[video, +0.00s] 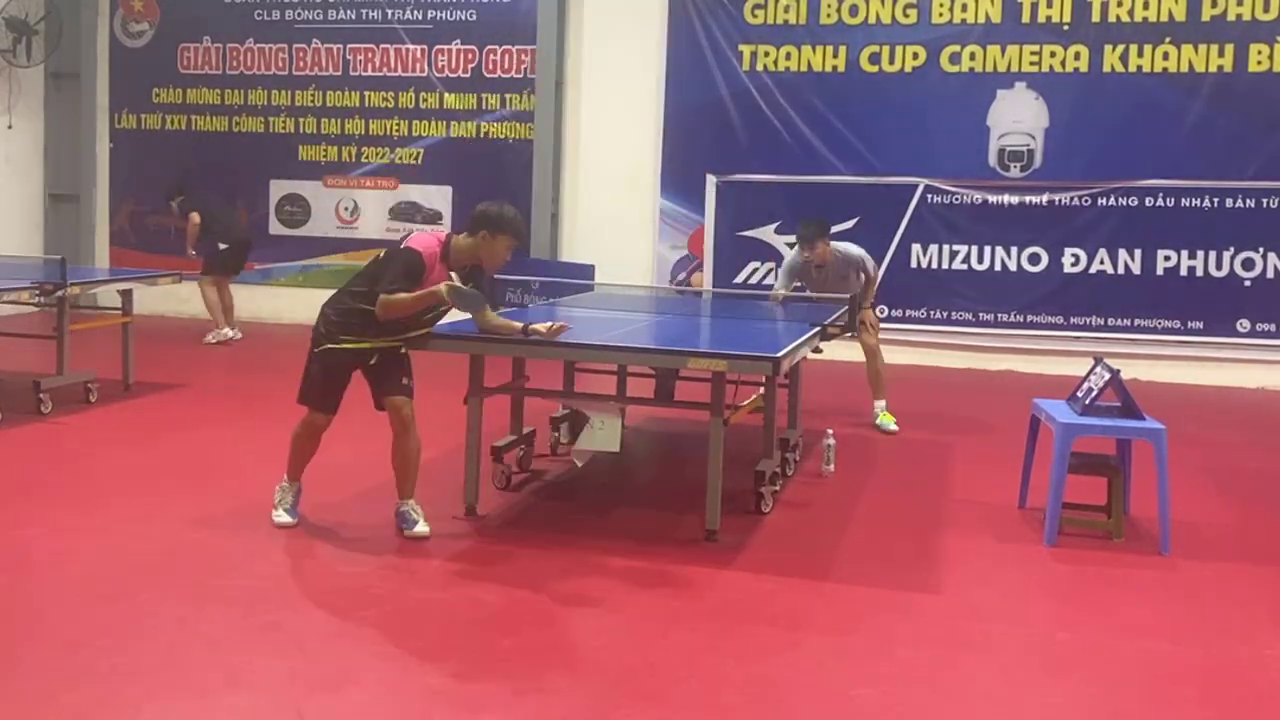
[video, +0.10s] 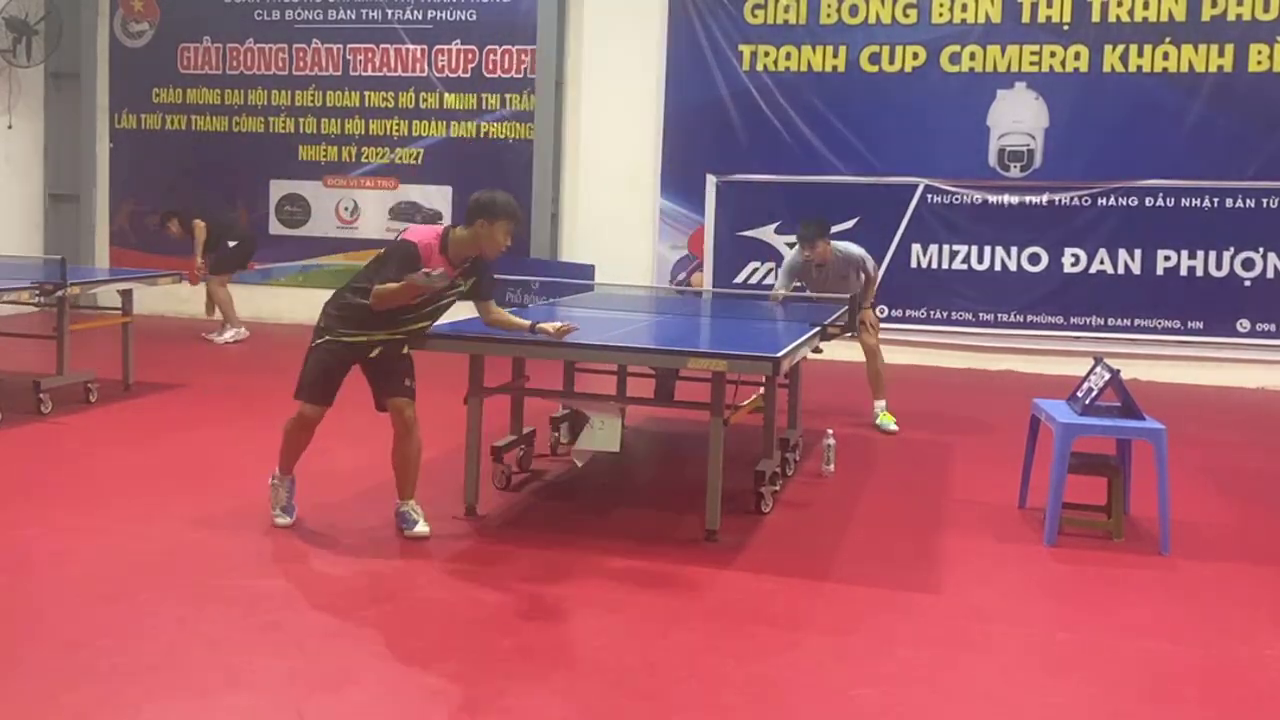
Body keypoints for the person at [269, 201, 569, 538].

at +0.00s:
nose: (509, 258)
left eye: (513, 250)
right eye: (508, 248)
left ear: (488, 241)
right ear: (483, 237)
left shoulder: (470, 269)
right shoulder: (417, 250)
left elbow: (486, 321)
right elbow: (384, 309)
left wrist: (530, 330)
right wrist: (438, 294)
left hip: (390, 340)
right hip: (341, 331)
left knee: (403, 414)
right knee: (318, 419)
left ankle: (407, 505)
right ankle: (289, 487)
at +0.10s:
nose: (509, 244)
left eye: (512, 235)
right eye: (506, 233)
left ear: (486, 230)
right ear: (481, 225)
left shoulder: (478, 264)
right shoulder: (414, 242)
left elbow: (491, 313)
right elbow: (377, 300)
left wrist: (538, 327)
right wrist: (415, 287)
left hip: (391, 338)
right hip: (342, 329)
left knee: (405, 415)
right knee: (308, 414)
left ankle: (407, 505)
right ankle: (282, 480)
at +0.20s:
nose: (503, 228)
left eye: (505, 221)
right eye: (498, 219)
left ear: (482, 219)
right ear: (471, 213)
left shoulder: (478, 256)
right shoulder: (409, 239)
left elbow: (503, 301)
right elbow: (372, 295)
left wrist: (554, 319)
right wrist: (402, 287)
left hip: (394, 336)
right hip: (347, 325)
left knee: (408, 416)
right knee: (301, 408)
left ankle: (407, 505)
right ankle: (270, 479)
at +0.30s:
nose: (493, 208)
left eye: (494, 200)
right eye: (488, 199)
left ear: (467, 203)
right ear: (458, 201)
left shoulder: (477, 243)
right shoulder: (403, 235)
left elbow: (525, 271)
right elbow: (373, 290)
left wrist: (578, 279)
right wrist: (402, 293)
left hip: (397, 339)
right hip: (348, 329)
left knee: (409, 418)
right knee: (296, 408)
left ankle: (407, 508)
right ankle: (254, 490)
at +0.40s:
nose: (480, 198)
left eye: (479, 190)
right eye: (472, 189)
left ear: (455, 196)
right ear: (442, 196)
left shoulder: (466, 230)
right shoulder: (393, 234)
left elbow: (525, 231)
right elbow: (372, 294)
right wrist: (408, 294)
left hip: (394, 333)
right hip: (349, 327)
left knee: (411, 422)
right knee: (295, 410)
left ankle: (407, 508)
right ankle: (247, 495)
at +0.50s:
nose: (468, 191)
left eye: (466, 183)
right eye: (459, 183)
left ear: (444, 191)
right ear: (431, 192)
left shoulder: (454, 219)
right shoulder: (390, 233)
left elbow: (511, 198)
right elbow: (373, 298)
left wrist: (558, 161)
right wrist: (425, 294)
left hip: (400, 334)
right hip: (347, 330)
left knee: (414, 420)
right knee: (295, 414)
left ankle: (408, 506)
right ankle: (249, 495)